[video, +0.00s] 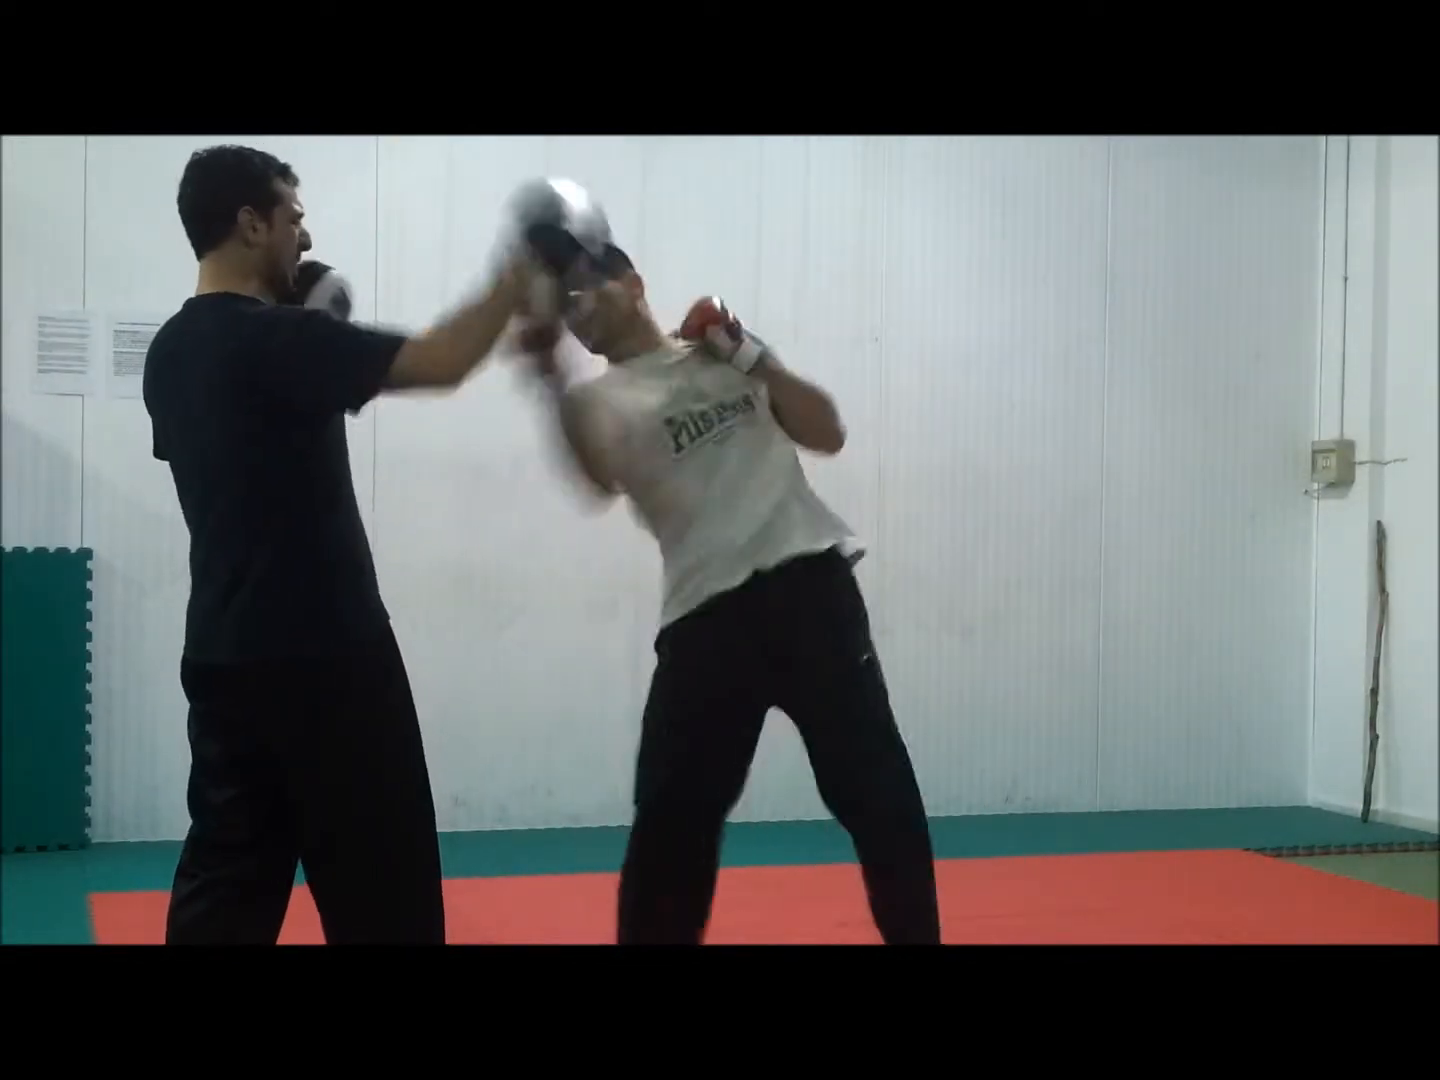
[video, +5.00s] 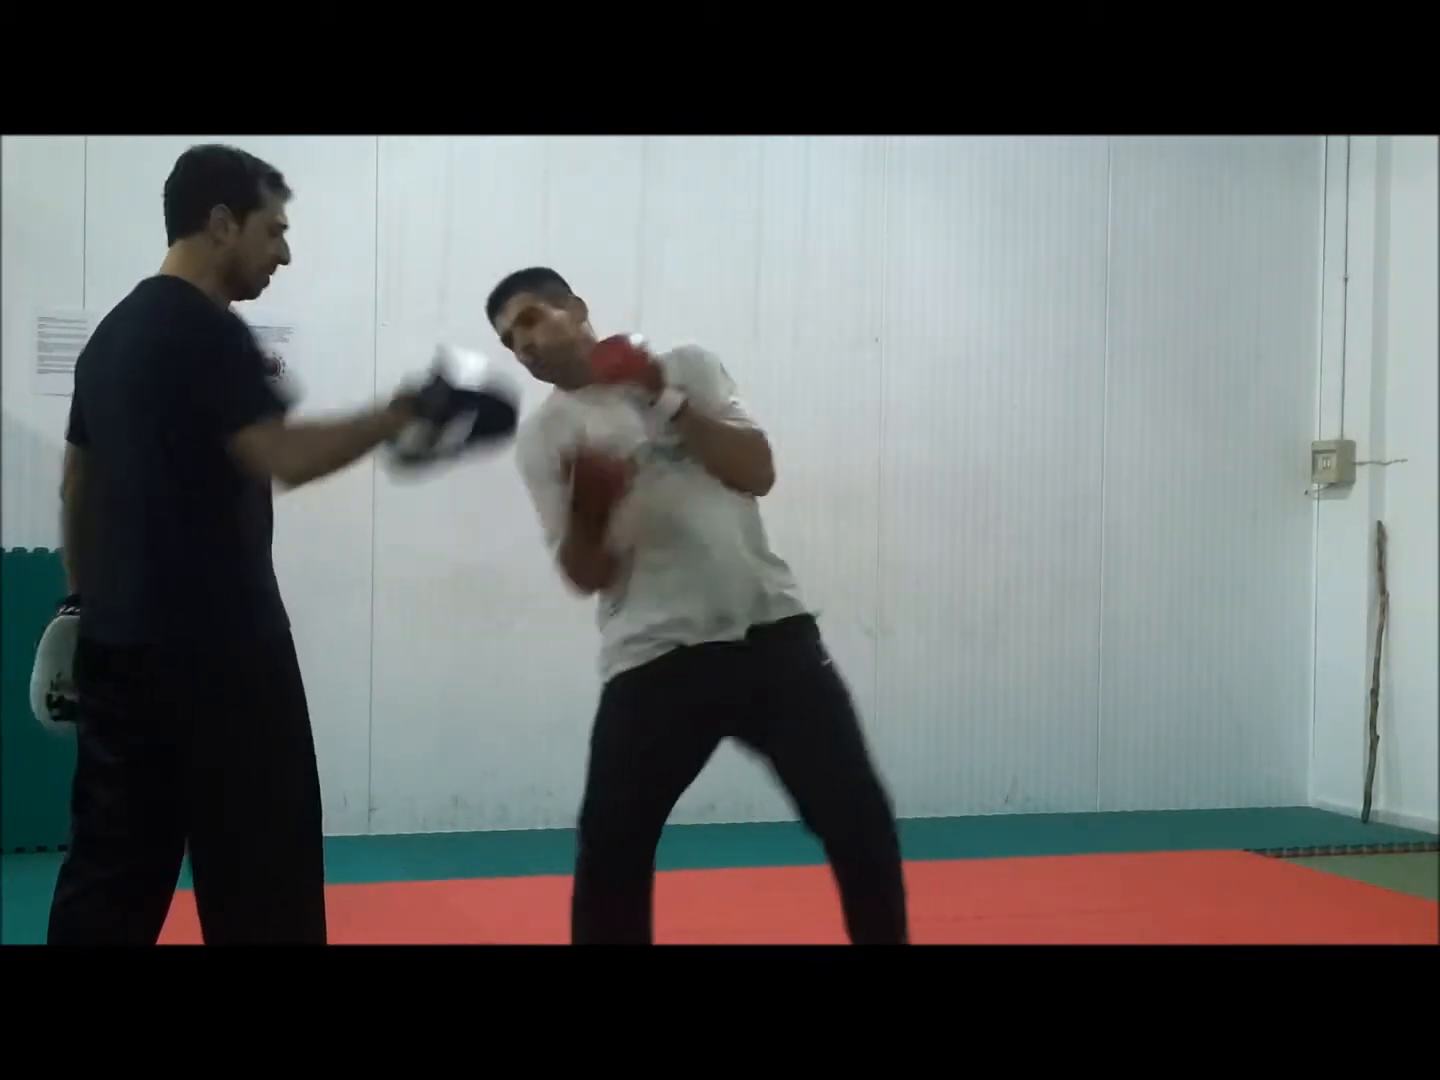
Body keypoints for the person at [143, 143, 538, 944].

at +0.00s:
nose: (304, 235)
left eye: (302, 218)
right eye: (294, 218)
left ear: (218, 230)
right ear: (250, 224)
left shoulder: (170, 348)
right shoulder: (276, 337)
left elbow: (242, 430)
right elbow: (439, 361)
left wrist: (301, 322)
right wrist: (519, 271)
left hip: (225, 652)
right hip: (328, 649)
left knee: (227, 878)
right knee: (385, 884)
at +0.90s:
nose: (257, 227)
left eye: (248, 210)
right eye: (239, 212)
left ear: (177, 241)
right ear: (191, 231)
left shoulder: (162, 354)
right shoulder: (237, 345)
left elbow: (248, 451)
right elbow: (372, 408)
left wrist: (281, 338)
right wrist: (491, 333)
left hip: (229, 658)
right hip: (329, 653)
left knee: (224, 883)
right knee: (390, 886)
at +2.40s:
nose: (325, 226)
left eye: (320, 206)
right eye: (312, 206)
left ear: (247, 216)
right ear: (260, 212)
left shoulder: (179, 332)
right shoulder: (250, 338)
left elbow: (218, 482)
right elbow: (308, 495)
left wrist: (312, 403)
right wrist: (443, 444)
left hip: (201, 651)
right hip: (294, 654)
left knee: (209, 887)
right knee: (379, 889)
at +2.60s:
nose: (306, 272)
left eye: (311, 252)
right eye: (306, 249)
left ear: (216, 233)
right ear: (266, 235)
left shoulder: (110, 337)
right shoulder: (251, 345)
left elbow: (61, 487)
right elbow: (286, 502)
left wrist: (68, 607)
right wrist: (410, 499)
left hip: (122, 654)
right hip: (239, 657)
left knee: (106, 882)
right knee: (267, 888)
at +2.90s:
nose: (304, 273)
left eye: (308, 253)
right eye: (303, 249)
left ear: (213, 232)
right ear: (261, 233)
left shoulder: (107, 338)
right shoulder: (244, 347)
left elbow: (60, 488)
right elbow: (281, 507)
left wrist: (68, 608)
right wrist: (407, 499)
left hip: (121, 660)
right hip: (237, 663)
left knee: (104, 887)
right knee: (267, 895)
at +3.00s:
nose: (301, 274)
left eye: (304, 252)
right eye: (298, 249)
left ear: (223, 235)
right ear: (257, 235)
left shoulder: (107, 337)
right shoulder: (238, 343)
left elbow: (58, 486)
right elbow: (295, 491)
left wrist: (66, 609)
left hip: (119, 649)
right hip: (233, 653)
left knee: (107, 872)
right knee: (266, 881)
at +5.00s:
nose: (284, 253)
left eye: (285, 233)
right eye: (275, 230)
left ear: (208, 225)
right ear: (221, 222)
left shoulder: (113, 334)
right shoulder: (210, 332)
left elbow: (79, 488)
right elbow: (277, 455)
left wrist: (80, 609)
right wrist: (398, 413)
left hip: (122, 651)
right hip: (224, 651)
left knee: (111, 874)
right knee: (265, 878)